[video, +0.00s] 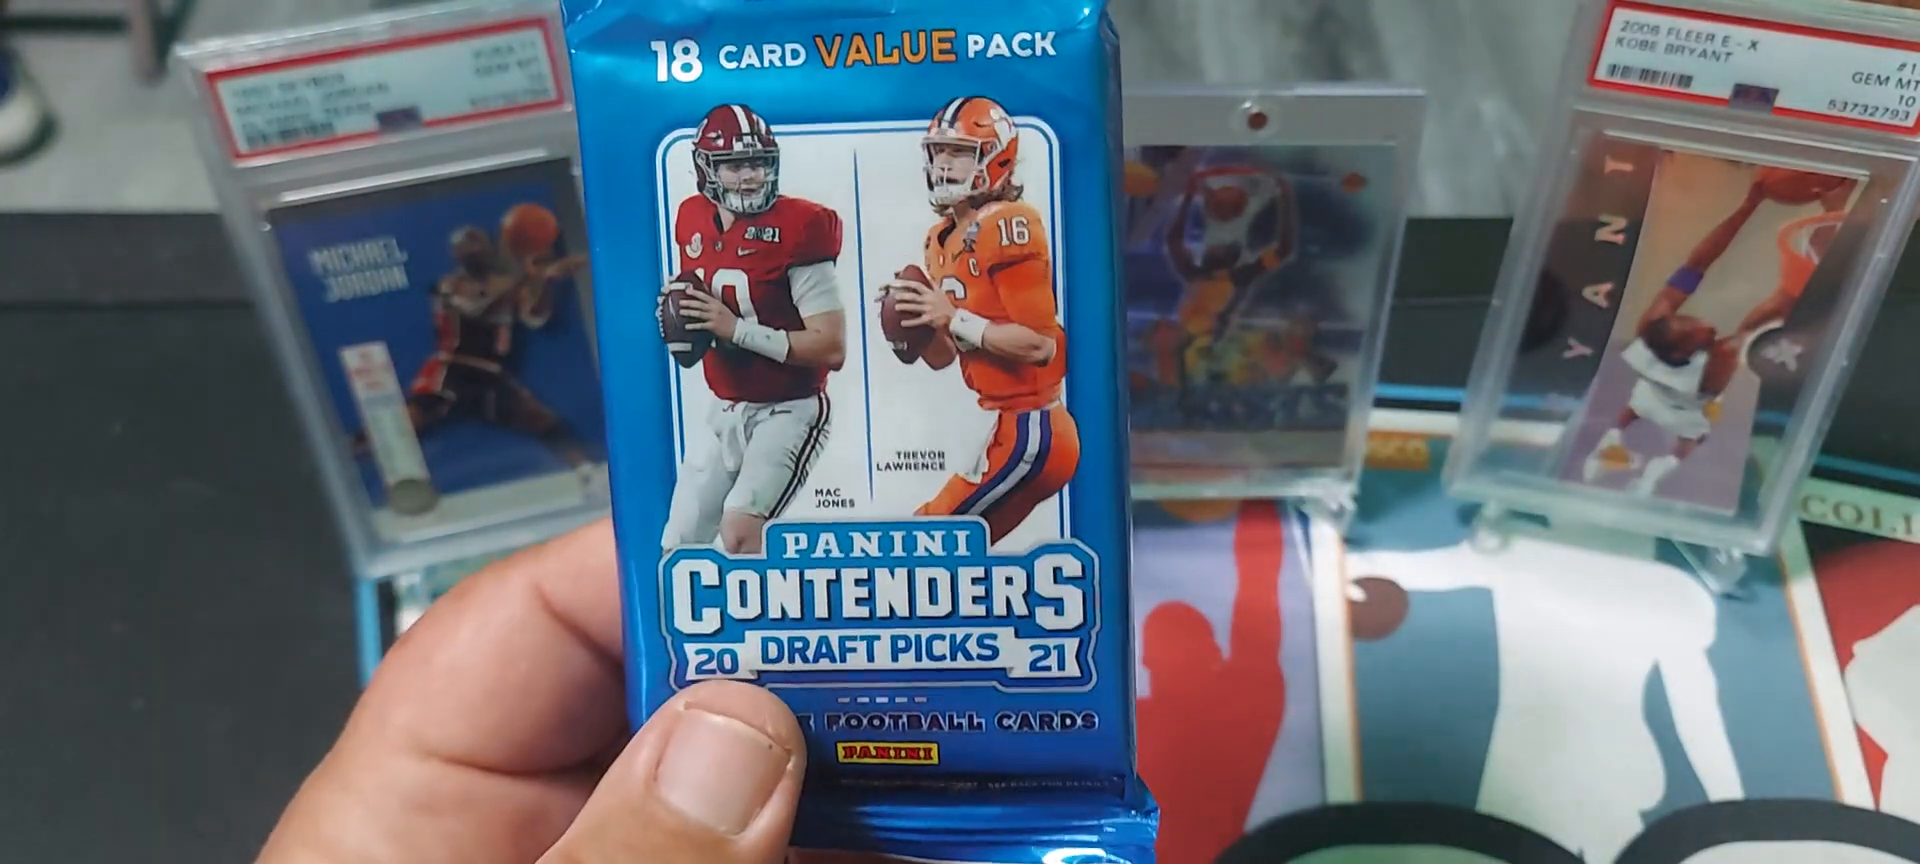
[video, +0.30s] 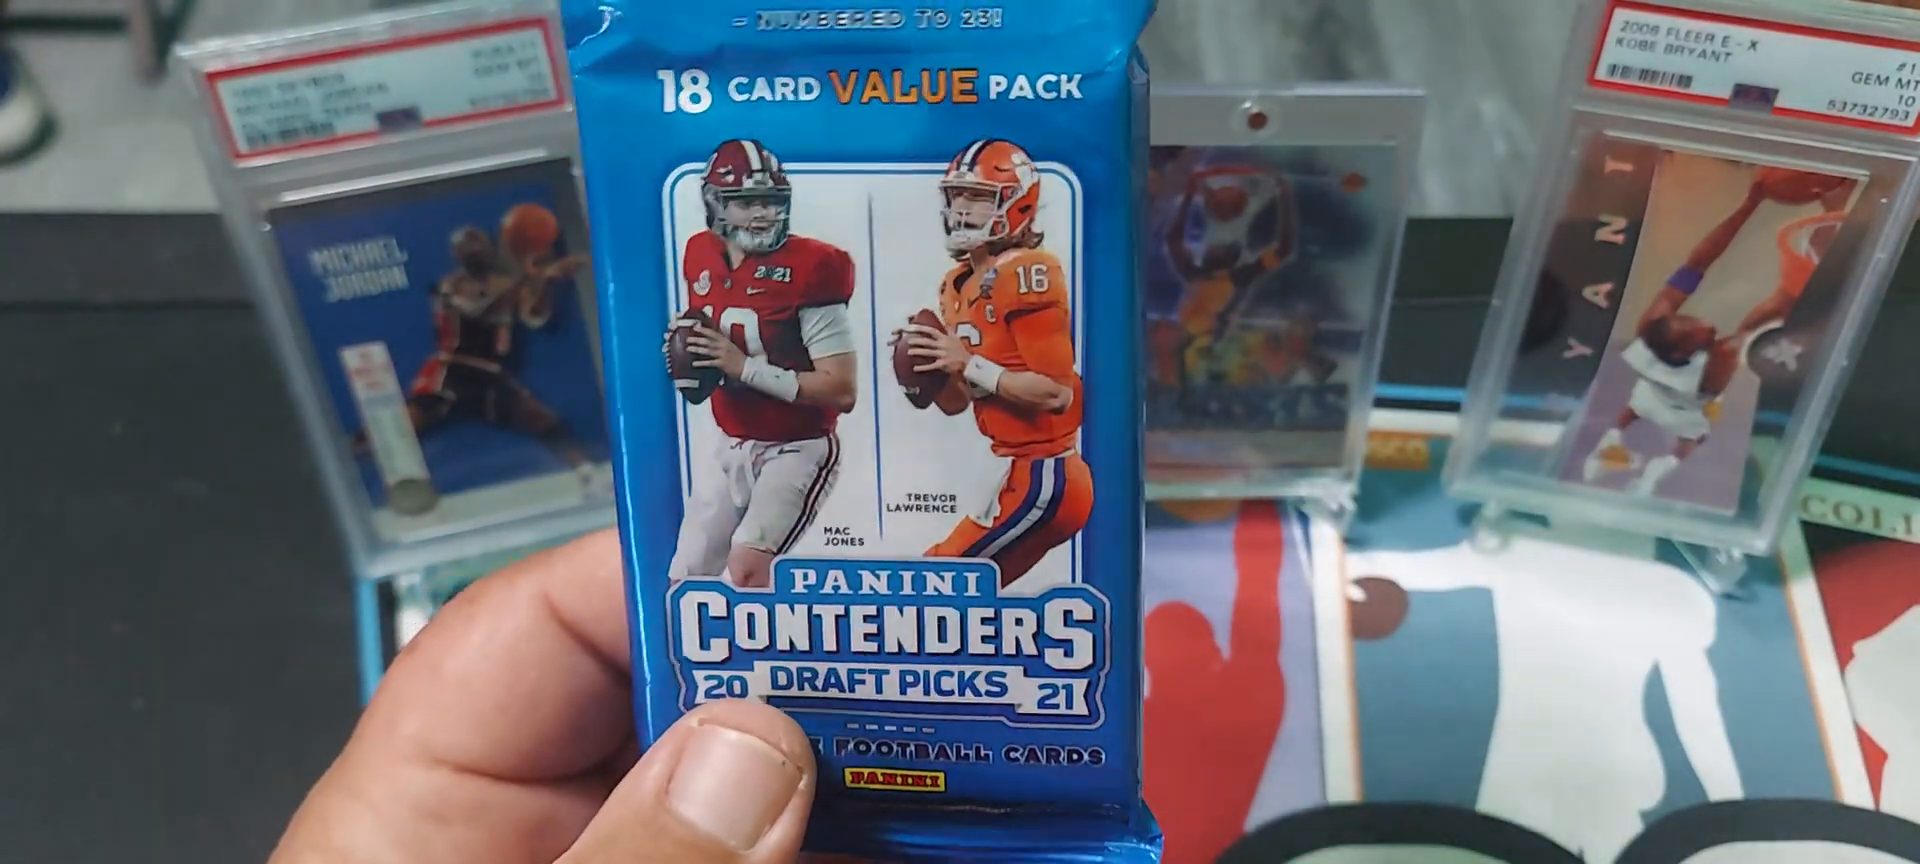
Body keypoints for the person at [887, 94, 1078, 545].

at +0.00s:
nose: (943, 167)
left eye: (958, 154)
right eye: (937, 154)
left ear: (995, 160)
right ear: (928, 158)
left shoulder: (1008, 224)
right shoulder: (939, 239)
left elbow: (1039, 344)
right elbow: (939, 356)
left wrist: (951, 317)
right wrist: (908, 320)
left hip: (1030, 431)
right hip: (1009, 428)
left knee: (920, 545)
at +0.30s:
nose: (961, 212)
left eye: (977, 199)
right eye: (956, 198)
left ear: (1014, 204)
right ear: (946, 202)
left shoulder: (1028, 273)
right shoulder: (956, 284)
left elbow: (1055, 390)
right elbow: (953, 402)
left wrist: (966, 363)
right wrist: (926, 360)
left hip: (1045, 478)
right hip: (1017, 473)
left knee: (930, 587)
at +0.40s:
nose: (932, 242)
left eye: (950, 229)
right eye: (927, 229)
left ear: (990, 233)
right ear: (918, 233)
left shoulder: (1005, 303)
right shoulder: (932, 314)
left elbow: (1036, 421)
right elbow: (935, 430)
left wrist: (942, 391)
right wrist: (902, 396)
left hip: (1030, 506)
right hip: (1002, 503)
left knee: (914, 610)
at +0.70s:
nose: (947, 272)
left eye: (963, 260)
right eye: (941, 258)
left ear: (1002, 263)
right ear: (931, 261)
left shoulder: (1016, 329)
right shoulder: (943, 341)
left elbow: (1048, 445)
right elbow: (948, 456)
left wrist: (957, 418)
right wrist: (915, 418)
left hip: (1042, 529)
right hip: (1014, 525)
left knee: (930, 635)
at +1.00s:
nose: (996, 313)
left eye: (1011, 301)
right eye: (992, 300)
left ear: (1047, 306)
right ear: (983, 303)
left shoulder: (1062, 371)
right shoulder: (992, 380)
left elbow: (1087, 482)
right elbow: (990, 490)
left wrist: (1001, 455)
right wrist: (961, 453)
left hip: (1078, 562)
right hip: (1052, 558)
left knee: (966, 663)